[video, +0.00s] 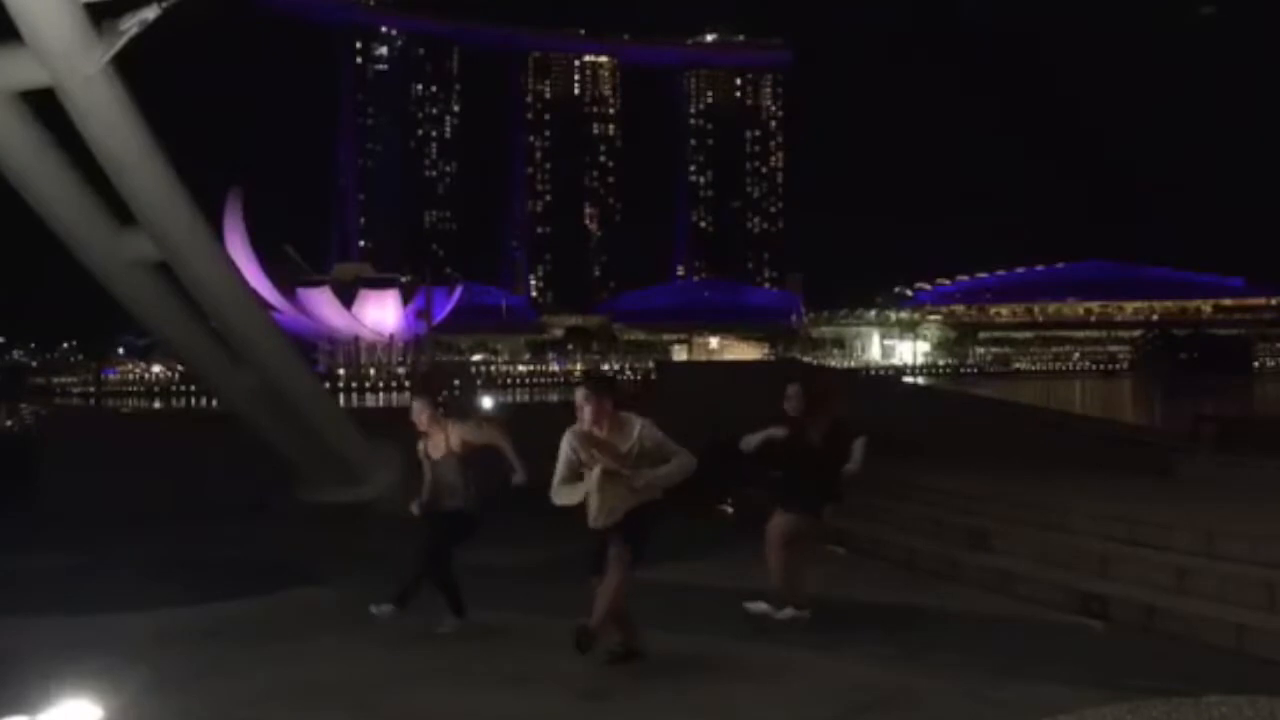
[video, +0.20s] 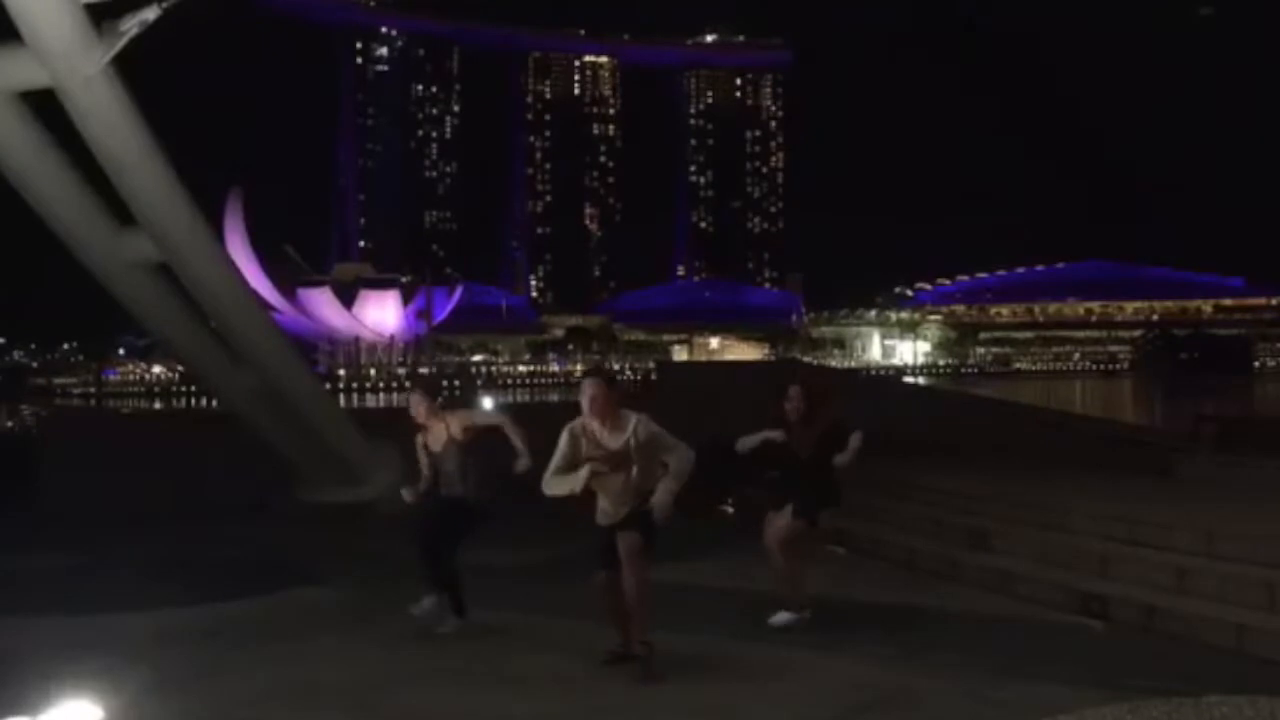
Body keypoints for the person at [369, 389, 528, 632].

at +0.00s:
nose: (417, 419)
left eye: (421, 413)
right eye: (414, 414)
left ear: (434, 412)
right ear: (413, 417)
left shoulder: (457, 431)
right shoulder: (424, 446)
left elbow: (497, 437)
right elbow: (428, 477)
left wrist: (518, 469)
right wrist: (421, 500)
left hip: (463, 503)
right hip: (438, 505)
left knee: (429, 553)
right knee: (438, 559)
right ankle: (458, 613)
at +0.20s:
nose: (413, 411)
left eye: (417, 405)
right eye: (411, 406)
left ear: (432, 404)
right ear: (413, 409)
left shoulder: (456, 421)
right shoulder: (422, 440)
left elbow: (502, 419)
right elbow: (427, 474)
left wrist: (523, 453)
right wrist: (416, 491)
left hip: (470, 496)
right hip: (444, 499)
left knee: (434, 537)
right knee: (441, 550)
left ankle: (436, 592)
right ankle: (456, 612)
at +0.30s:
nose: (420, 401)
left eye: (423, 394)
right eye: (415, 396)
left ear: (435, 393)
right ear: (412, 400)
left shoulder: (457, 415)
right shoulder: (422, 429)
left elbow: (495, 429)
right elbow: (427, 464)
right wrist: (427, 484)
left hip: (468, 490)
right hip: (443, 494)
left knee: (444, 546)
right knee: (439, 547)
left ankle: (461, 604)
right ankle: (458, 604)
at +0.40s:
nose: (421, 408)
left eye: (426, 402)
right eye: (418, 403)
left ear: (439, 403)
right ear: (417, 407)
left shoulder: (457, 424)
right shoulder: (424, 435)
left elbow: (476, 461)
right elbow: (422, 475)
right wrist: (434, 451)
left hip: (465, 501)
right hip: (441, 502)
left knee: (454, 557)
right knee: (443, 559)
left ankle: (476, 615)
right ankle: (467, 613)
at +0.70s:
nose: (422, 413)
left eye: (427, 406)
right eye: (419, 407)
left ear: (440, 405)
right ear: (417, 410)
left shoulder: (464, 415)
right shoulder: (427, 440)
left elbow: (499, 421)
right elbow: (427, 486)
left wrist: (510, 451)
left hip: (476, 499)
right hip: (448, 503)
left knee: (468, 555)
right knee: (446, 555)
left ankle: (460, 609)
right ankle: (456, 610)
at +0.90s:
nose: (424, 440)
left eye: (427, 433)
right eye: (419, 436)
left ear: (441, 428)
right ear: (418, 438)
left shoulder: (465, 429)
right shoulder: (434, 464)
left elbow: (488, 401)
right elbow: (417, 495)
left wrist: (526, 398)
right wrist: (398, 523)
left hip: (487, 504)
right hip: (456, 510)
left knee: (479, 564)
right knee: (441, 552)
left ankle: (458, 619)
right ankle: (411, 559)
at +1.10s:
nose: (428, 433)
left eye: (431, 426)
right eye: (424, 429)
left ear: (444, 421)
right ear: (423, 430)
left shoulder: (468, 422)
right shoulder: (437, 453)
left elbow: (487, 380)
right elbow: (442, 484)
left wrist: (518, 395)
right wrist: (445, 503)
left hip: (488, 499)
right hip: (461, 507)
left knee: (488, 559)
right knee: (458, 561)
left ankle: (462, 615)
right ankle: (447, 620)